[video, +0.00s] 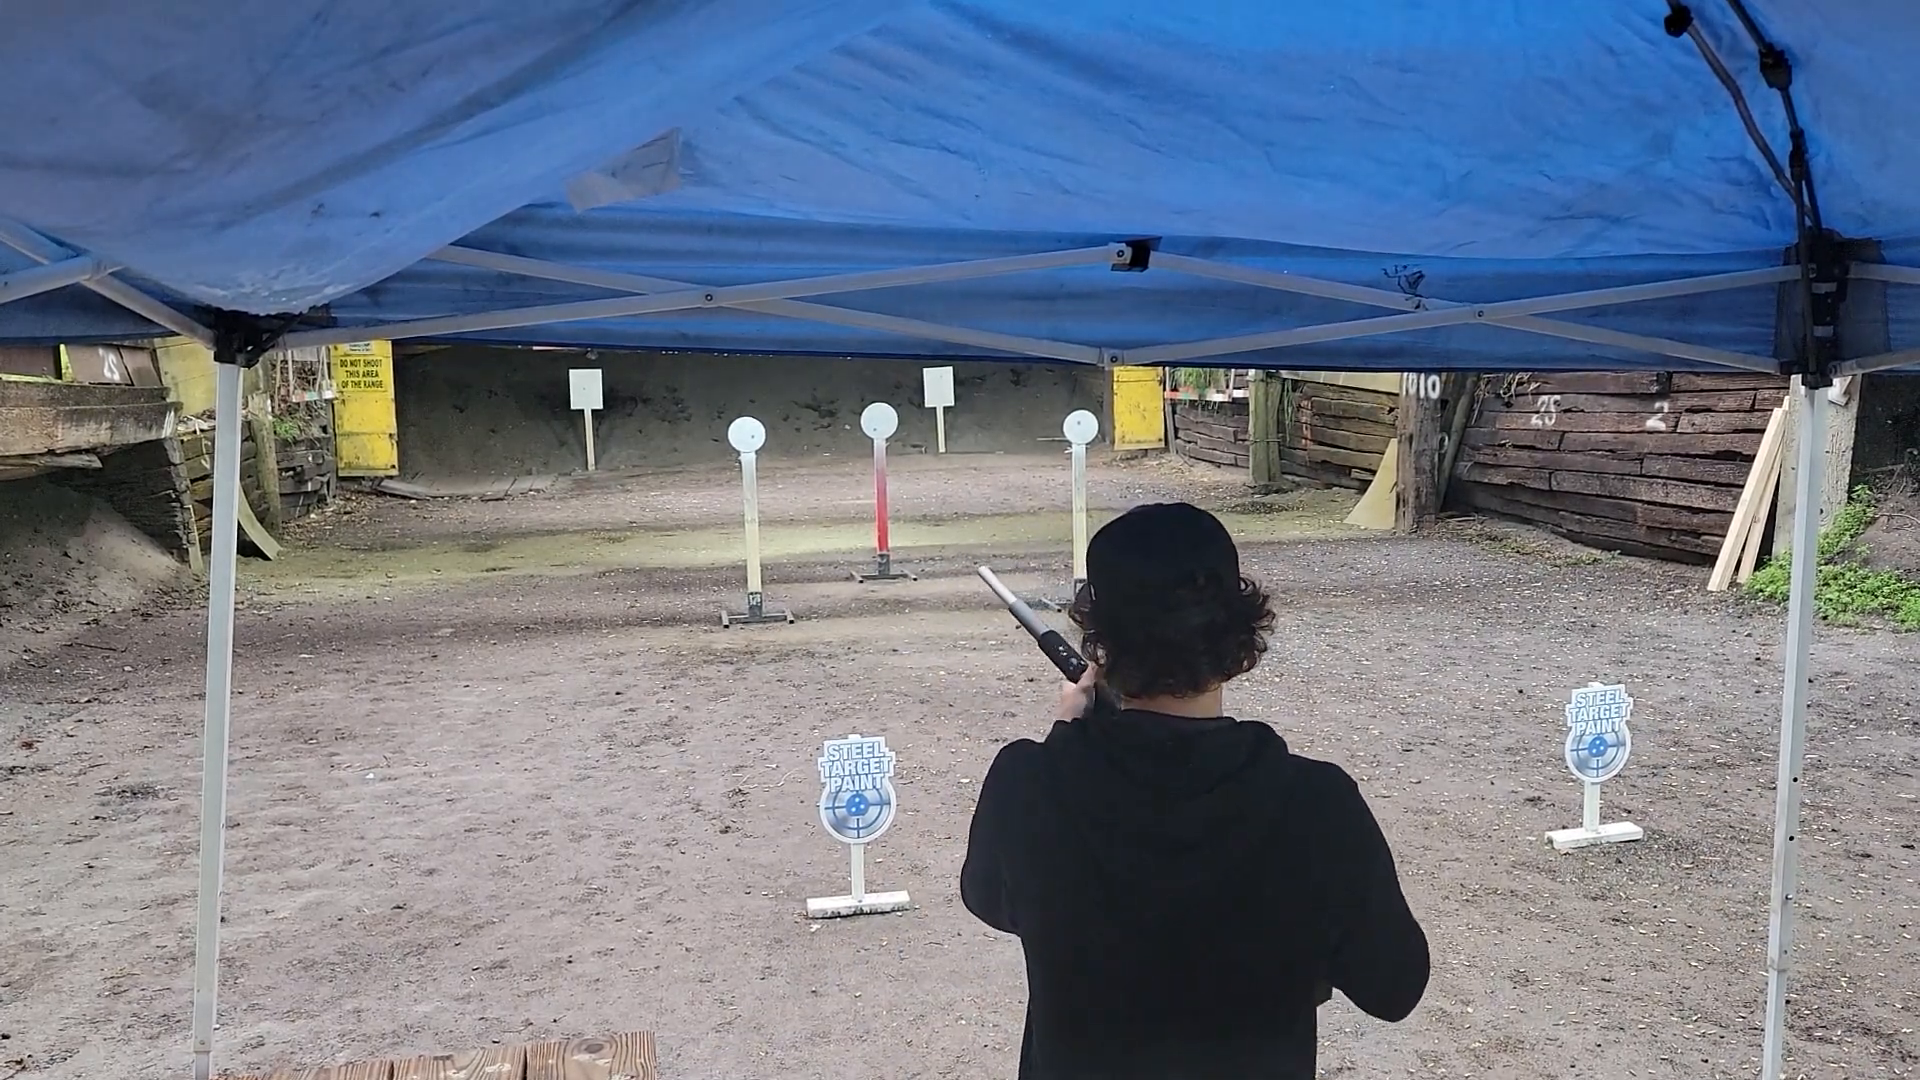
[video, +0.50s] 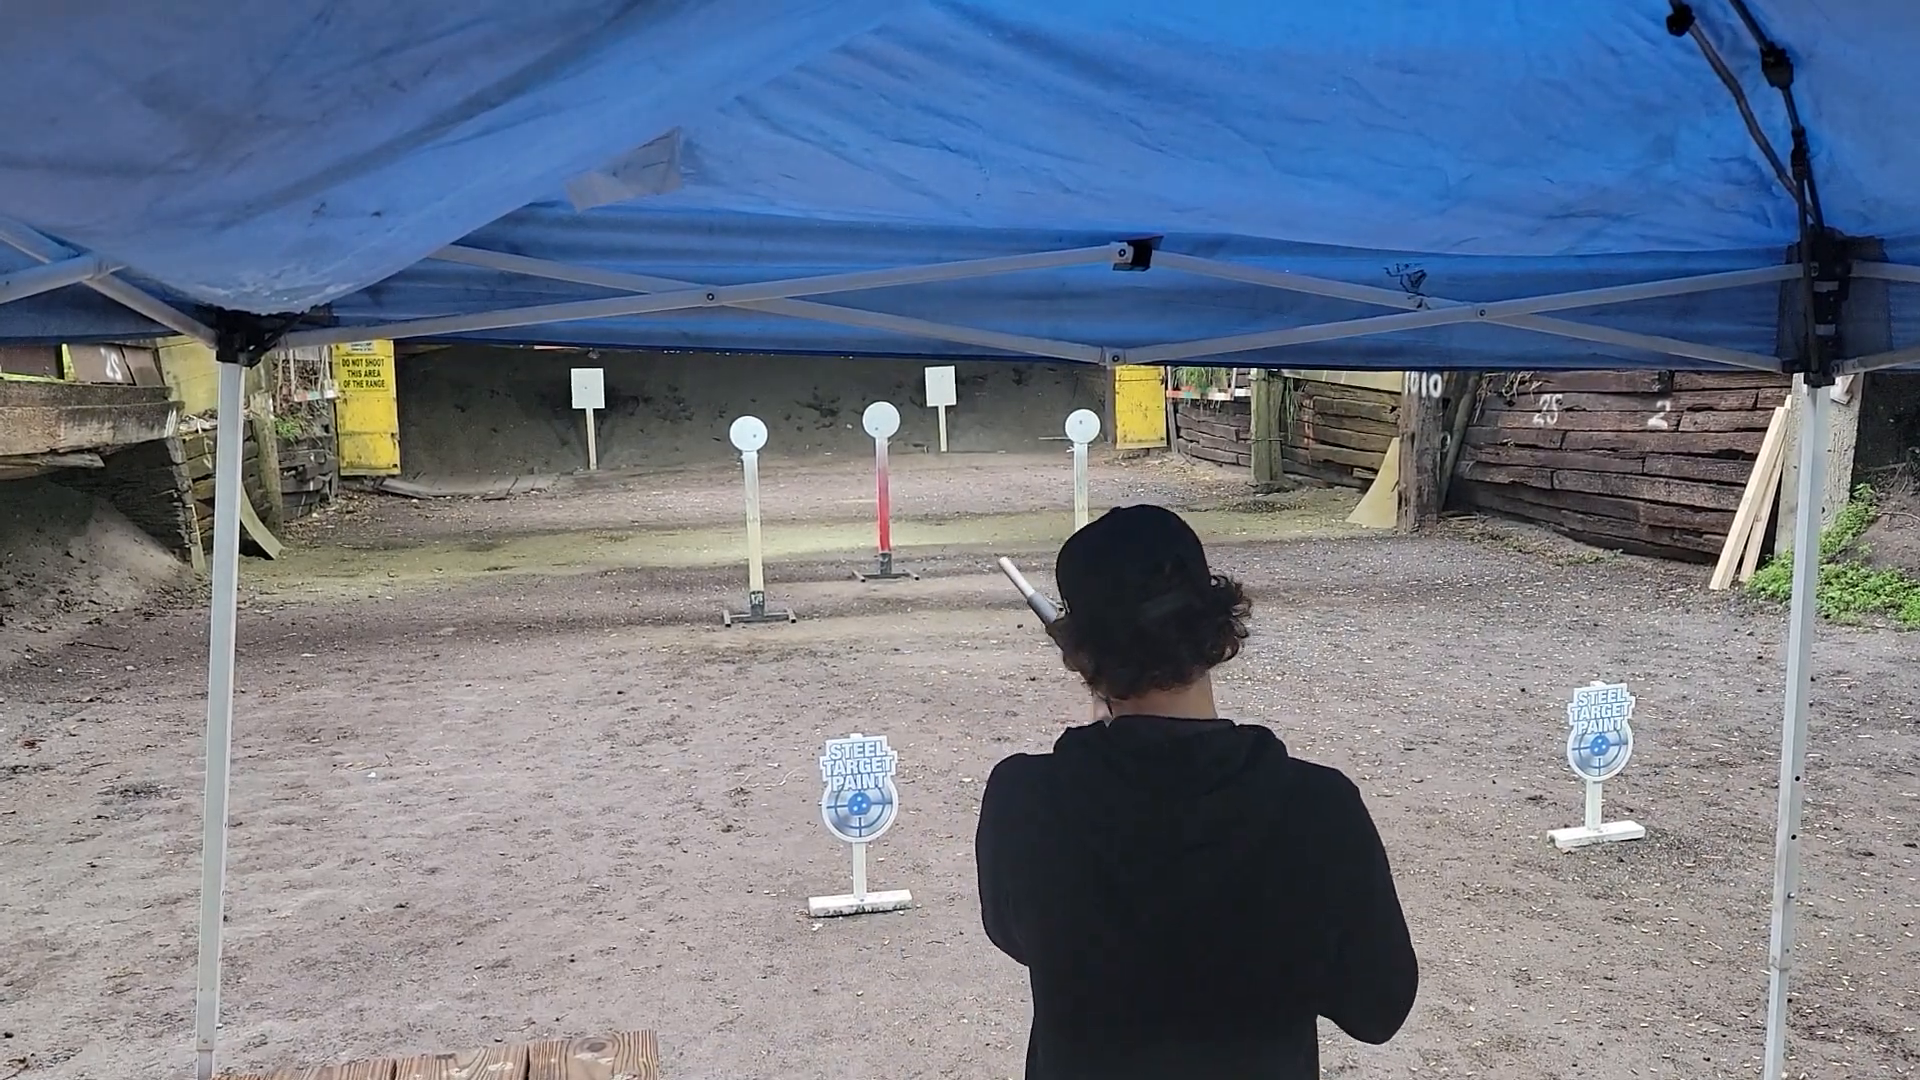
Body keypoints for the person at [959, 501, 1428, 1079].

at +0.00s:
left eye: (1090, 620)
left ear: (1099, 640)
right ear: (1241, 628)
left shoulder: (1030, 783)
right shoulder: (1319, 802)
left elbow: (993, 898)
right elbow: (1396, 989)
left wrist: (1066, 737)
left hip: (1077, 1066)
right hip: (1261, 1066)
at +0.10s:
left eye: (1086, 615)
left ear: (1098, 638)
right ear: (1236, 625)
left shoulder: (1028, 785)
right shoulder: (1319, 799)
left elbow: (995, 904)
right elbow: (1393, 989)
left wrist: (1066, 737)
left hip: (1074, 1070)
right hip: (1265, 1070)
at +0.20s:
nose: (1079, 633)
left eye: (1083, 618)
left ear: (1095, 638)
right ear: (1232, 623)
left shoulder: (1029, 787)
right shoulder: (1320, 800)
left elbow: (1002, 907)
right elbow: (1387, 997)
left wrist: (1071, 744)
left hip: (1076, 1071)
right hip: (1268, 1071)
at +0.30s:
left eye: (1080, 622)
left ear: (1091, 642)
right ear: (1228, 619)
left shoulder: (1029, 790)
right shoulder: (1320, 802)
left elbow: (1005, 910)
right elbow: (1380, 1003)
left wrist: (1071, 742)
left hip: (1076, 1071)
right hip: (1267, 1071)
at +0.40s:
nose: (1073, 642)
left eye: (1076, 627)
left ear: (1089, 646)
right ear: (1222, 620)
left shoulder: (1027, 794)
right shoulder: (1321, 805)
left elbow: (1008, 924)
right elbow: (1380, 1009)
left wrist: (1079, 739)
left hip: (1076, 1072)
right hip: (1267, 1072)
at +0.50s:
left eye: (1071, 633)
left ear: (1078, 648)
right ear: (1217, 620)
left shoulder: (1023, 796)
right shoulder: (1321, 804)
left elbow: (1017, 935)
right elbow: (1380, 1010)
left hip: (1077, 1070)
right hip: (1269, 1070)